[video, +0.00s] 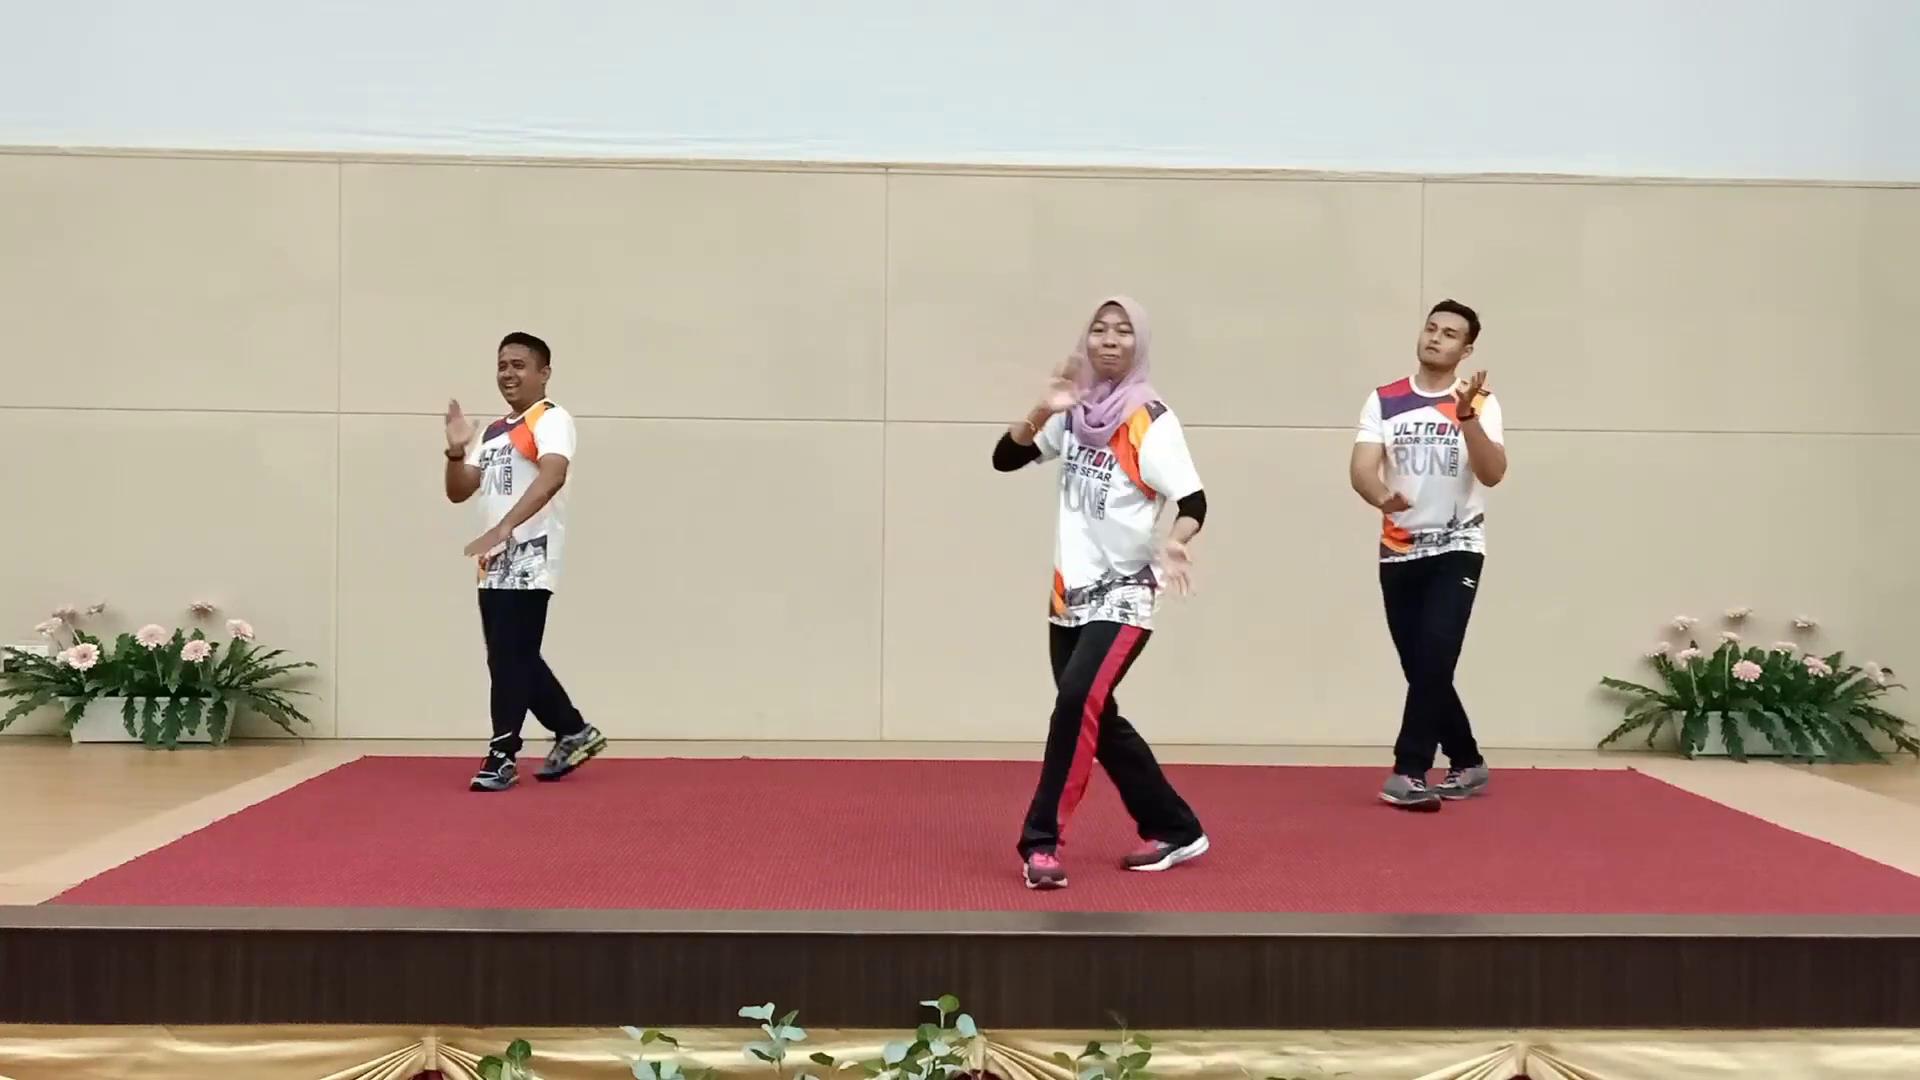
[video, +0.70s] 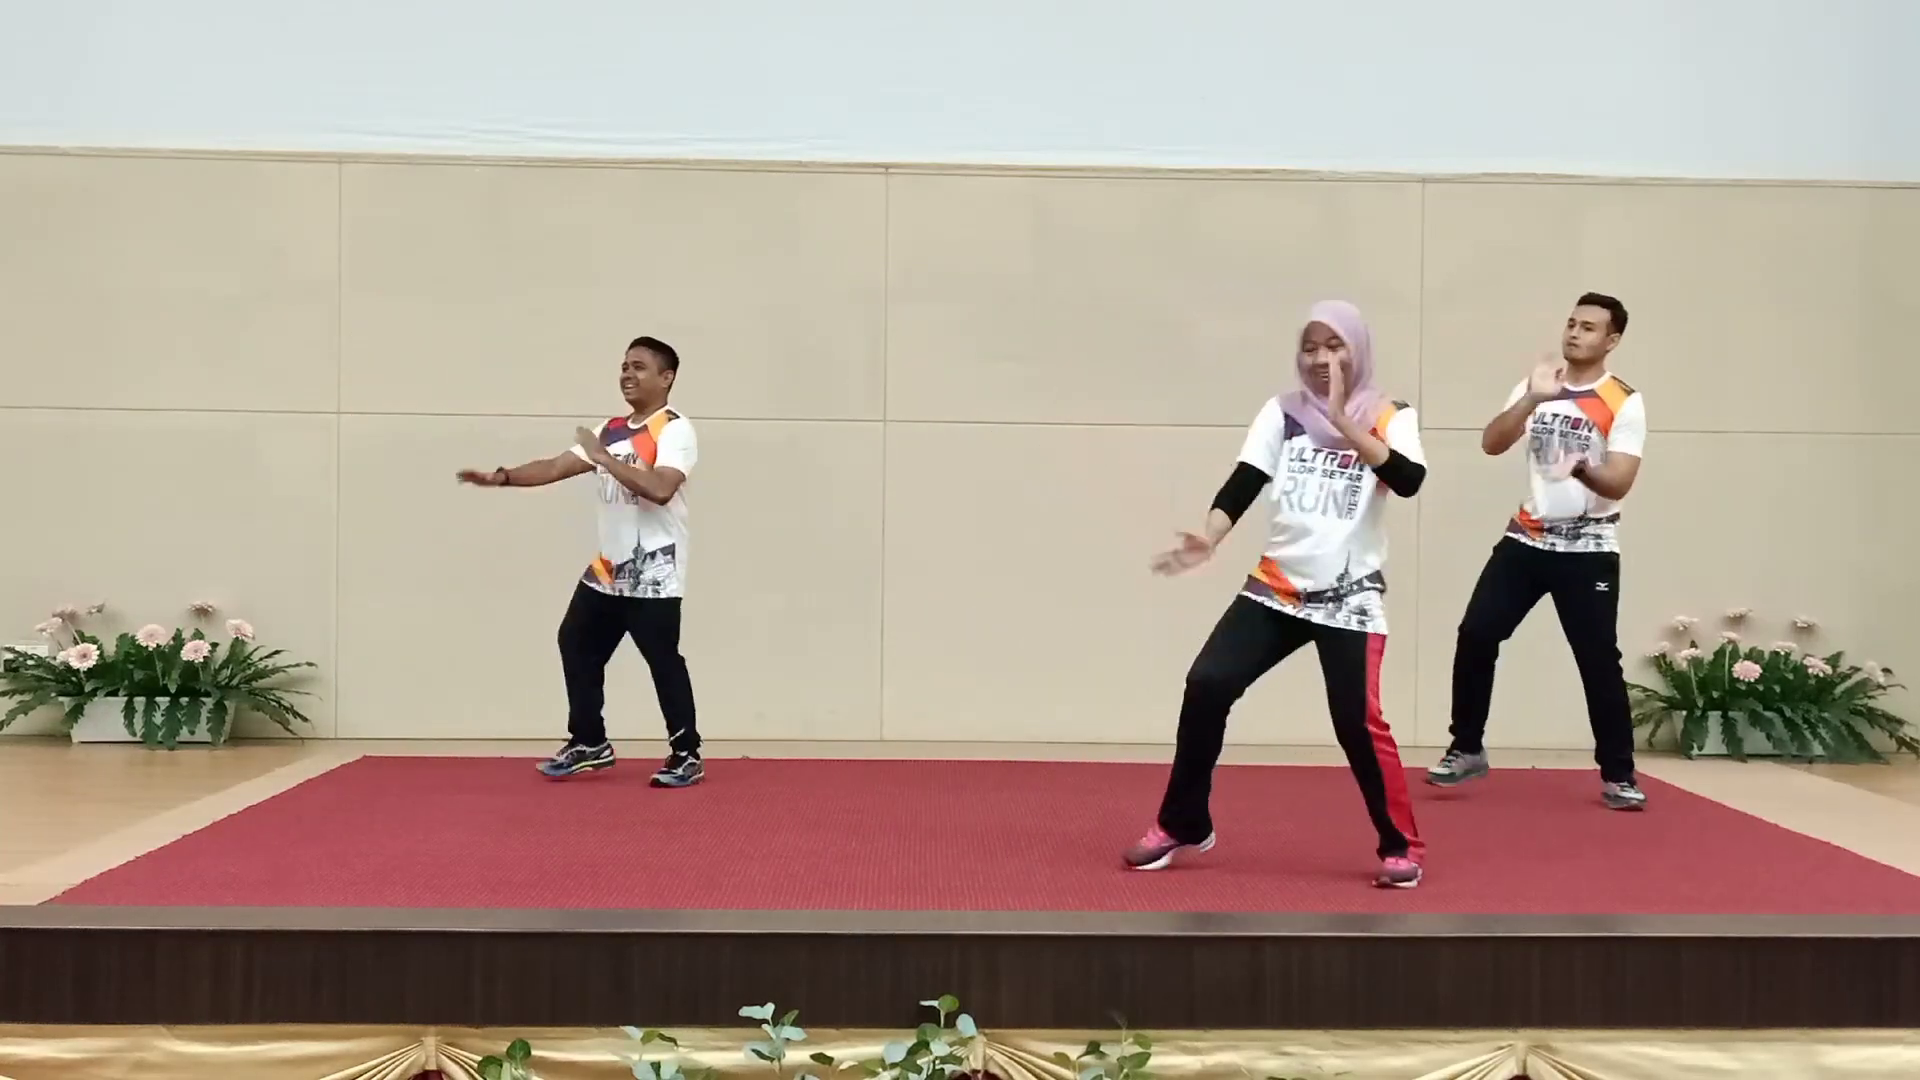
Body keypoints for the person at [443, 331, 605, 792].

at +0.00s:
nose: (507, 373)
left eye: (519, 365)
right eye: (502, 366)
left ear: (544, 373)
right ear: (496, 374)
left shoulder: (551, 419)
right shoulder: (493, 432)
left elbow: (553, 477)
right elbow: (458, 493)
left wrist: (503, 528)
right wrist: (456, 455)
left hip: (528, 563)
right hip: (495, 564)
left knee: (511, 660)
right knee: (513, 659)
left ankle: (502, 756)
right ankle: (575, 732)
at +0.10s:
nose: (523, 377)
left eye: (535, 370)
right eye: (519, 370)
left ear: (561, 379)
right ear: (514, 377)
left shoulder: (568, 422)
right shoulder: (513, 436)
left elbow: (572, 473)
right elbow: (487, 506)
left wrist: (514, 498)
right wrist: (489, 483)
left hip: (550, 564)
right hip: (523, 565)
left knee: (518, 654)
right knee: (551, 659)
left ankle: (504, 758)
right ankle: (594, 751)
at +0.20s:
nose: (540, 376)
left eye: (552, 369)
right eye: (536, 369)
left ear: (577, 378)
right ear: (531, 377)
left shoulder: (589, 422)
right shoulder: (526, 436)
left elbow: (594, 469)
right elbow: (507, 509)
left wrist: (534, 463)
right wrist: (505, 504)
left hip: (576, 561)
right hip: (543, 564)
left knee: (531, 638)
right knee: (569, 662)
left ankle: (532, 750)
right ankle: (594, 753)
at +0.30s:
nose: (557, 370)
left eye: (569, 364)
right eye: (554, 363)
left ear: (595, 373)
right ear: (550, 372)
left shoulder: (609, 419)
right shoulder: (542, 430)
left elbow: (612, 464)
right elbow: (518, 491)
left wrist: (552, 432)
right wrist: (516, 521)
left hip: (592, 551)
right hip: (556, 556)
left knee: (552, 634)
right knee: (573, 645)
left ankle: (583, 737)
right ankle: (595, 748)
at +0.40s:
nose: (575, 368)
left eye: (587, 361)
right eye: (572, 361)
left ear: (614, 370)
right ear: (568, 369)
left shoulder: (626, 419)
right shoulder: (557, 426)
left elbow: (625, 464)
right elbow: (525, 484)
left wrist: (576, 417)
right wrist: (516, 533)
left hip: (605, 553)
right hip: (570, 554)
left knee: (586, 643)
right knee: (569, 652)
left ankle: (632, 722)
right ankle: (594, 751)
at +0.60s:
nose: (611, 373)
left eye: (623, 365)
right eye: (609, 365)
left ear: (651, 374)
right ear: (606, 374)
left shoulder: (663, 428)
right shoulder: (593, 430)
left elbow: (648, 482)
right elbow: (543, 475)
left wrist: (605, 435)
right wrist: (500, 505)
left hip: (640, 572)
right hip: (595, 572)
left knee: (653, 659)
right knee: (586, 660)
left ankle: (684, 752)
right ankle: (595, 754)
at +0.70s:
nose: (626, 375)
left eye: (638, 368)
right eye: (624, 368)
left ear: (666, 378)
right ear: (623, 375)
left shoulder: (677, 431)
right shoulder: (612, 430)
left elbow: (660, 489)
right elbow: (554, 468)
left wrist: (604, 458)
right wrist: (501, 477)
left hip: (656, 572)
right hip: (610, 569)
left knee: (663, 658)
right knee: (576, 642)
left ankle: (686, 754)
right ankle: (590, 743)